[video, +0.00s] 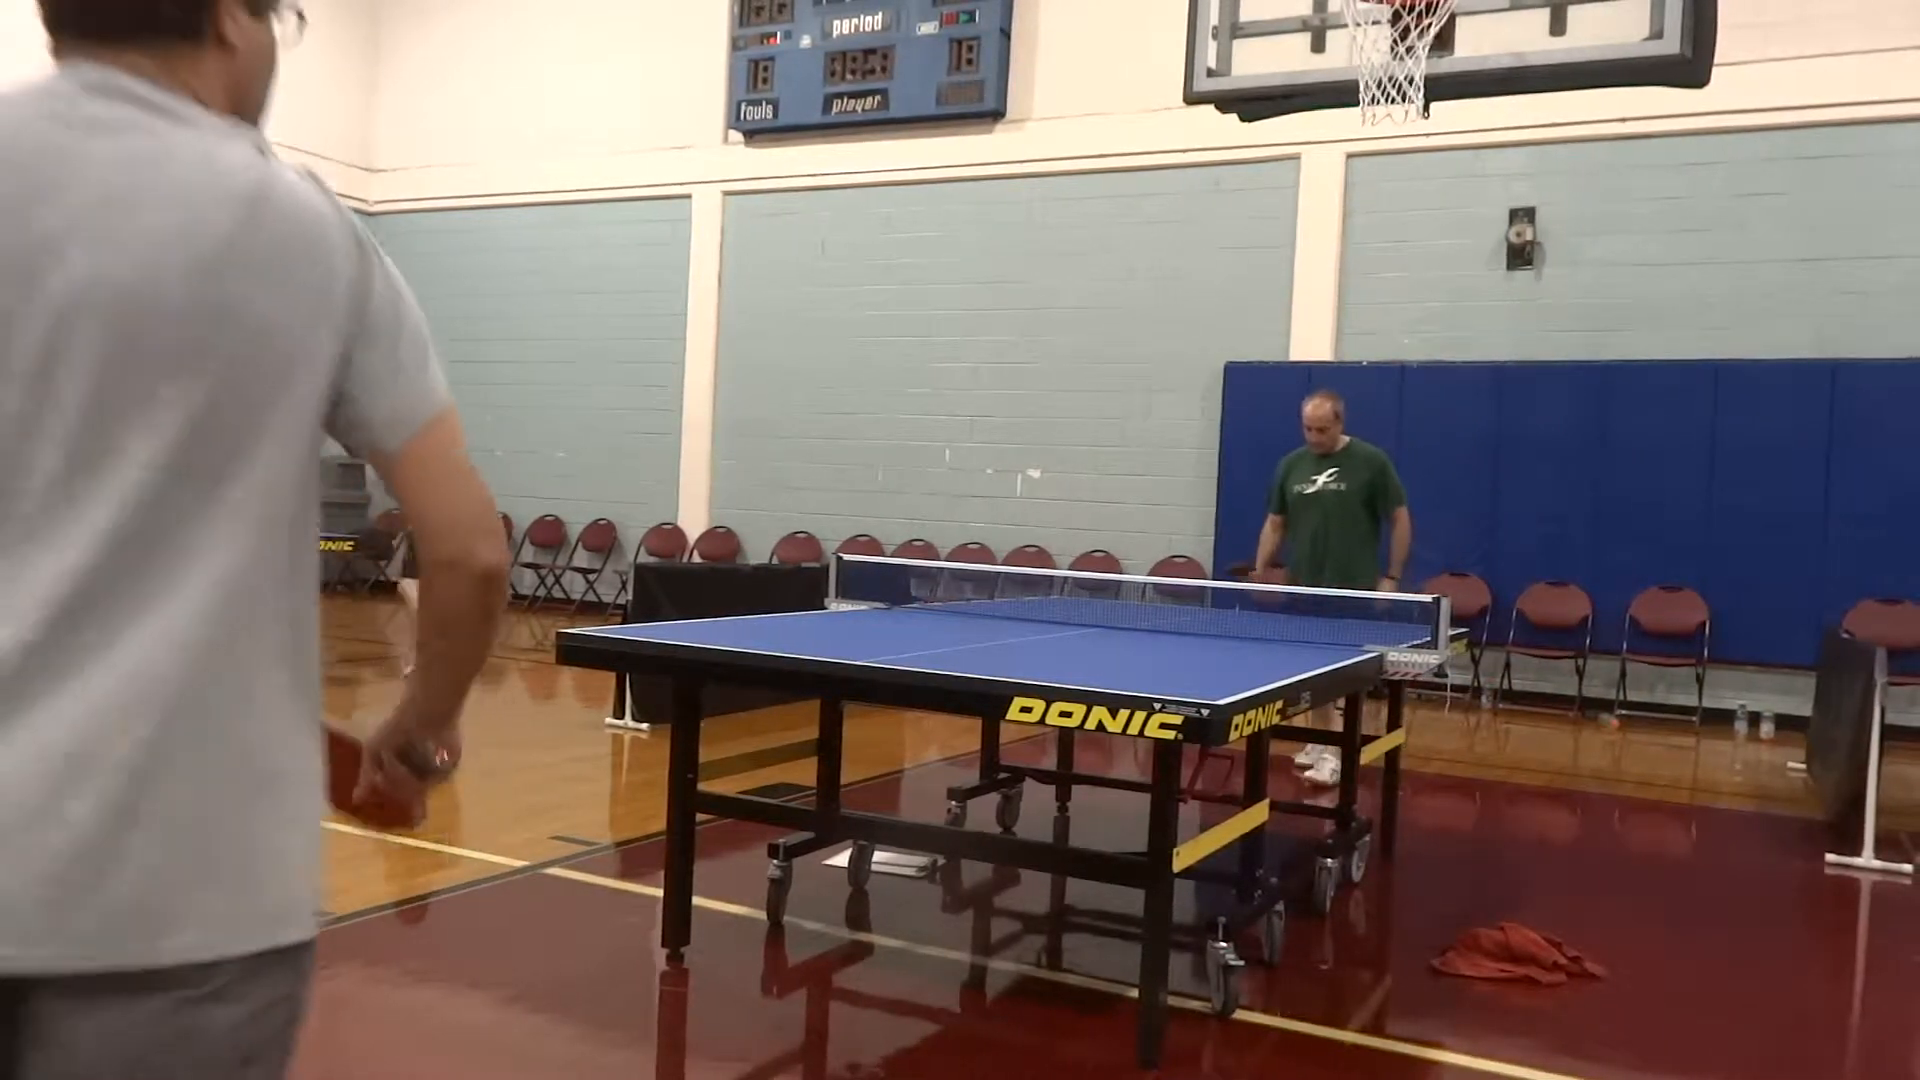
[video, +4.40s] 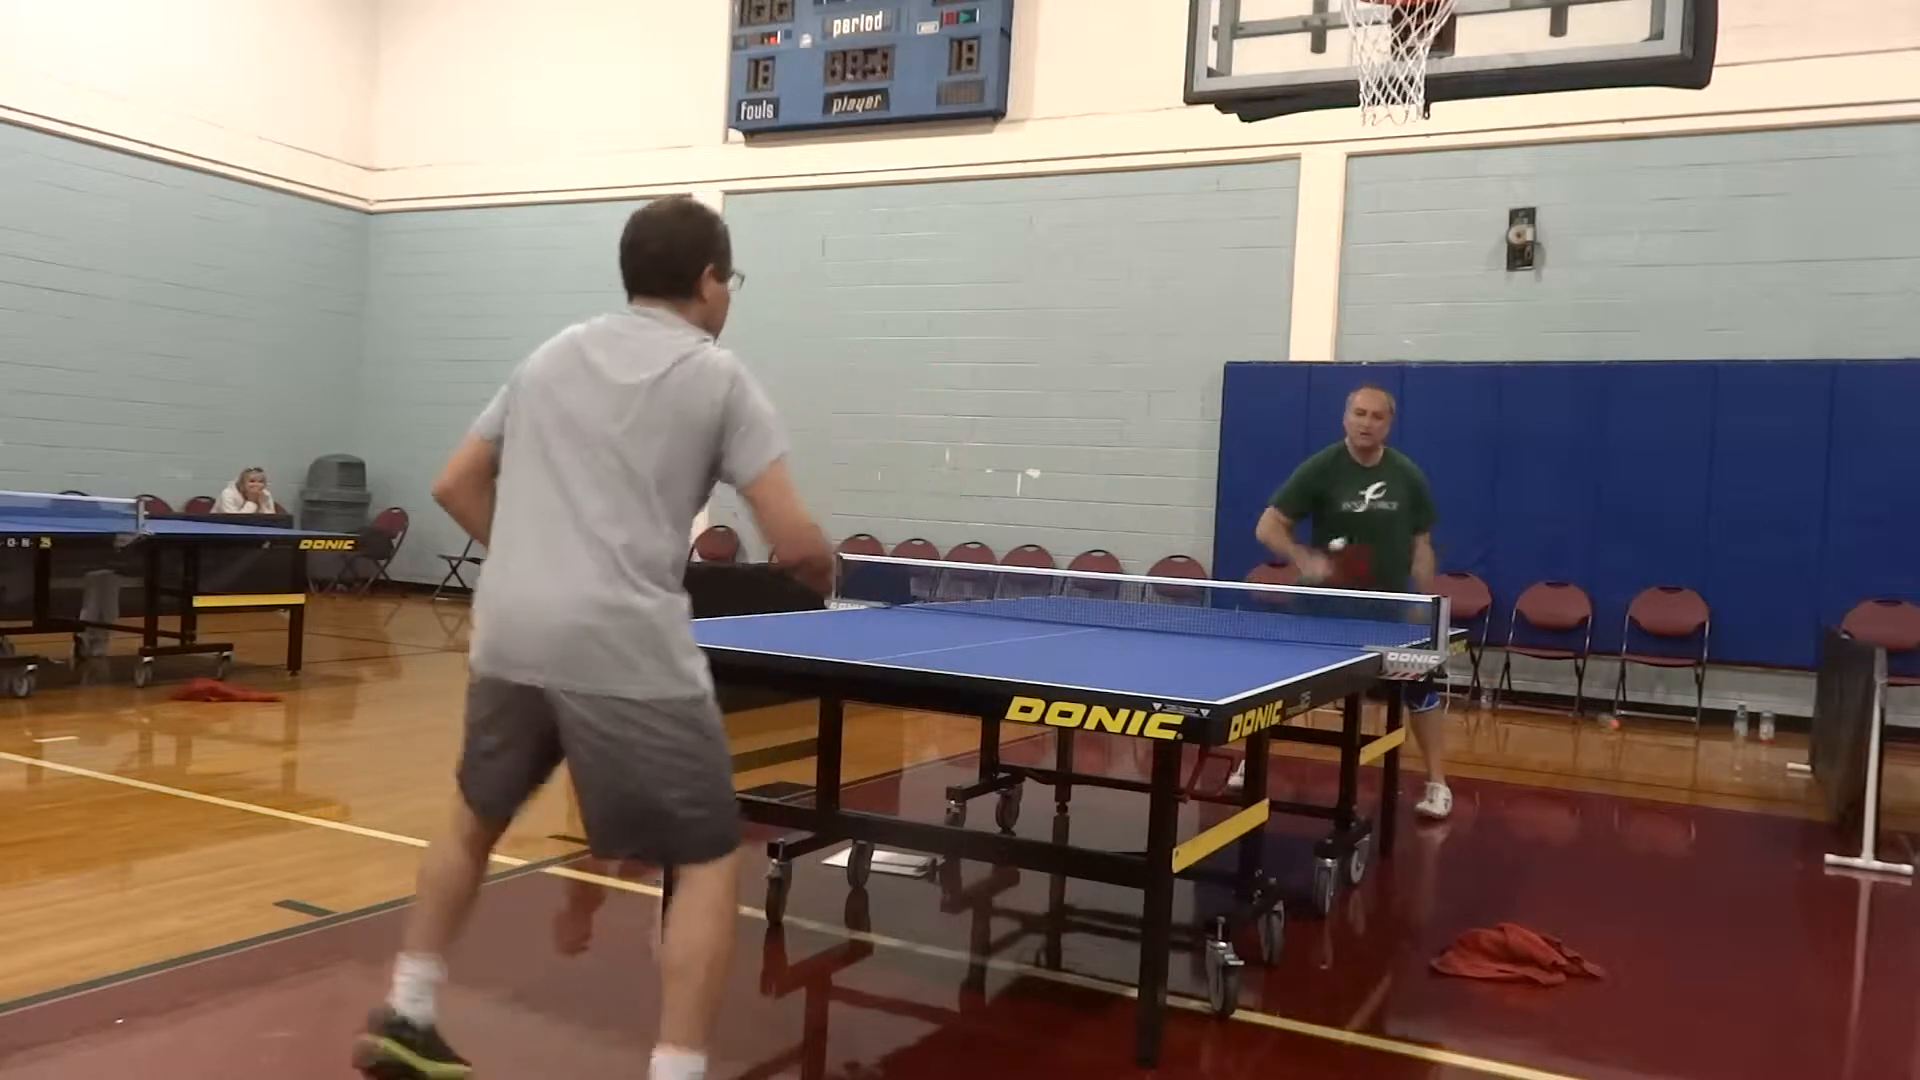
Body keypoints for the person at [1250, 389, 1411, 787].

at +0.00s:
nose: (1312, 437)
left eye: (1320, 430)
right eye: (1307, 429)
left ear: (1340, 425)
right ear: (1301, 425)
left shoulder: (1372, 462)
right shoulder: (1291, 465)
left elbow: (1399, 518)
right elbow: (1275, 523)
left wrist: (1392, 576)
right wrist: (1259, 570)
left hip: (1356, 592)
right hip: (1306, 589)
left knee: (1346, 676)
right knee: (1314, 673)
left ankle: (1338, 754)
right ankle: (1318, 743)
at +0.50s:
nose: (1309, 426)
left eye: (1318, 420)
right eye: (1304, 417)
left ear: (1337, 418)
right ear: (1297, 412)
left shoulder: (1362, 461)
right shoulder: (1277, 454)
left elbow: (1384, 525)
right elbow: (1256, 514)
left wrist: (1346, 564)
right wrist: (1240, 570)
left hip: (1333, 591)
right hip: (1280, 587)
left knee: (1333, 676)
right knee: (1277, 667)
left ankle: (1329, 754)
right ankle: (1276, 739)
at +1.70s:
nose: (1272, 416)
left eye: (1282, 410)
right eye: (1266, 406)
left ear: (1296, 414)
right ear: (1255, 406)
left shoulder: (1313, 465)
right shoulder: (1225, 452)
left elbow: (1325, 529)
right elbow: (1191, 505)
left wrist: (1310, 551)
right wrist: (1185, 551)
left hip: (1286, 594)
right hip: (1226, 588)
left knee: (1284, 673)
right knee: (1219, 667)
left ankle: (1281, 753)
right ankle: (1211, 755)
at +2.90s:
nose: (1274, 413)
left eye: (1281, 405)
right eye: (1265, 404)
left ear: (1288, 411)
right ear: (1244, 408)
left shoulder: (1306, 459)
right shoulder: (1218, 454)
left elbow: (1325, 519)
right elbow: (1197, 522)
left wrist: (1342, 524)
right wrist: (1250, 550)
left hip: (1283, 590)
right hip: (1222, 587)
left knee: (1298, 669)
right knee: (1215, 666)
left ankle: (1302, 750)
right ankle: (1211, 755)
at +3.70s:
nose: (1288, 410)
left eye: (1298, 403)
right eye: (1281, 402)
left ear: (1313, 412)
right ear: (1270, 410)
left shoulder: (1343, 461)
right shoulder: (1247, 466)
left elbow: (1373, 518)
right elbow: (1231, 526)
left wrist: (1379, 573)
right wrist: (1241, 566)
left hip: (1333, 596)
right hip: (1268, 597)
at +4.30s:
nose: (1360, 416)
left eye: (1371, 409)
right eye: (1354, 407)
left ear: (1385, 416)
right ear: (1341, 411)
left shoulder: (1412, 468)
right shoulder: (1317, 463)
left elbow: (1435, 534)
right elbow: (1271, 523)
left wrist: (1404, 572)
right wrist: (1296, 565)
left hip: (1388, 610)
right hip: (1321, 606)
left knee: (1424, 685)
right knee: (1272, 676)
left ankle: (1437, 780)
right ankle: (1252, 763)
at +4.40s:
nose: (1366, 423)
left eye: (1376, 416)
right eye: (1359, 414)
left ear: (1390, 423)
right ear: (1345, 418)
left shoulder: (1408, 477)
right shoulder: (1320, 469)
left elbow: (1421, 544)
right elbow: (1268, 527)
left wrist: (1424, 607)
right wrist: (1301, 557)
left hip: (1391, 614)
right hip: (1323, 611)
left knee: (1423, 686)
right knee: (1275, 679)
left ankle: (1436, 781)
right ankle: (1252, 761)